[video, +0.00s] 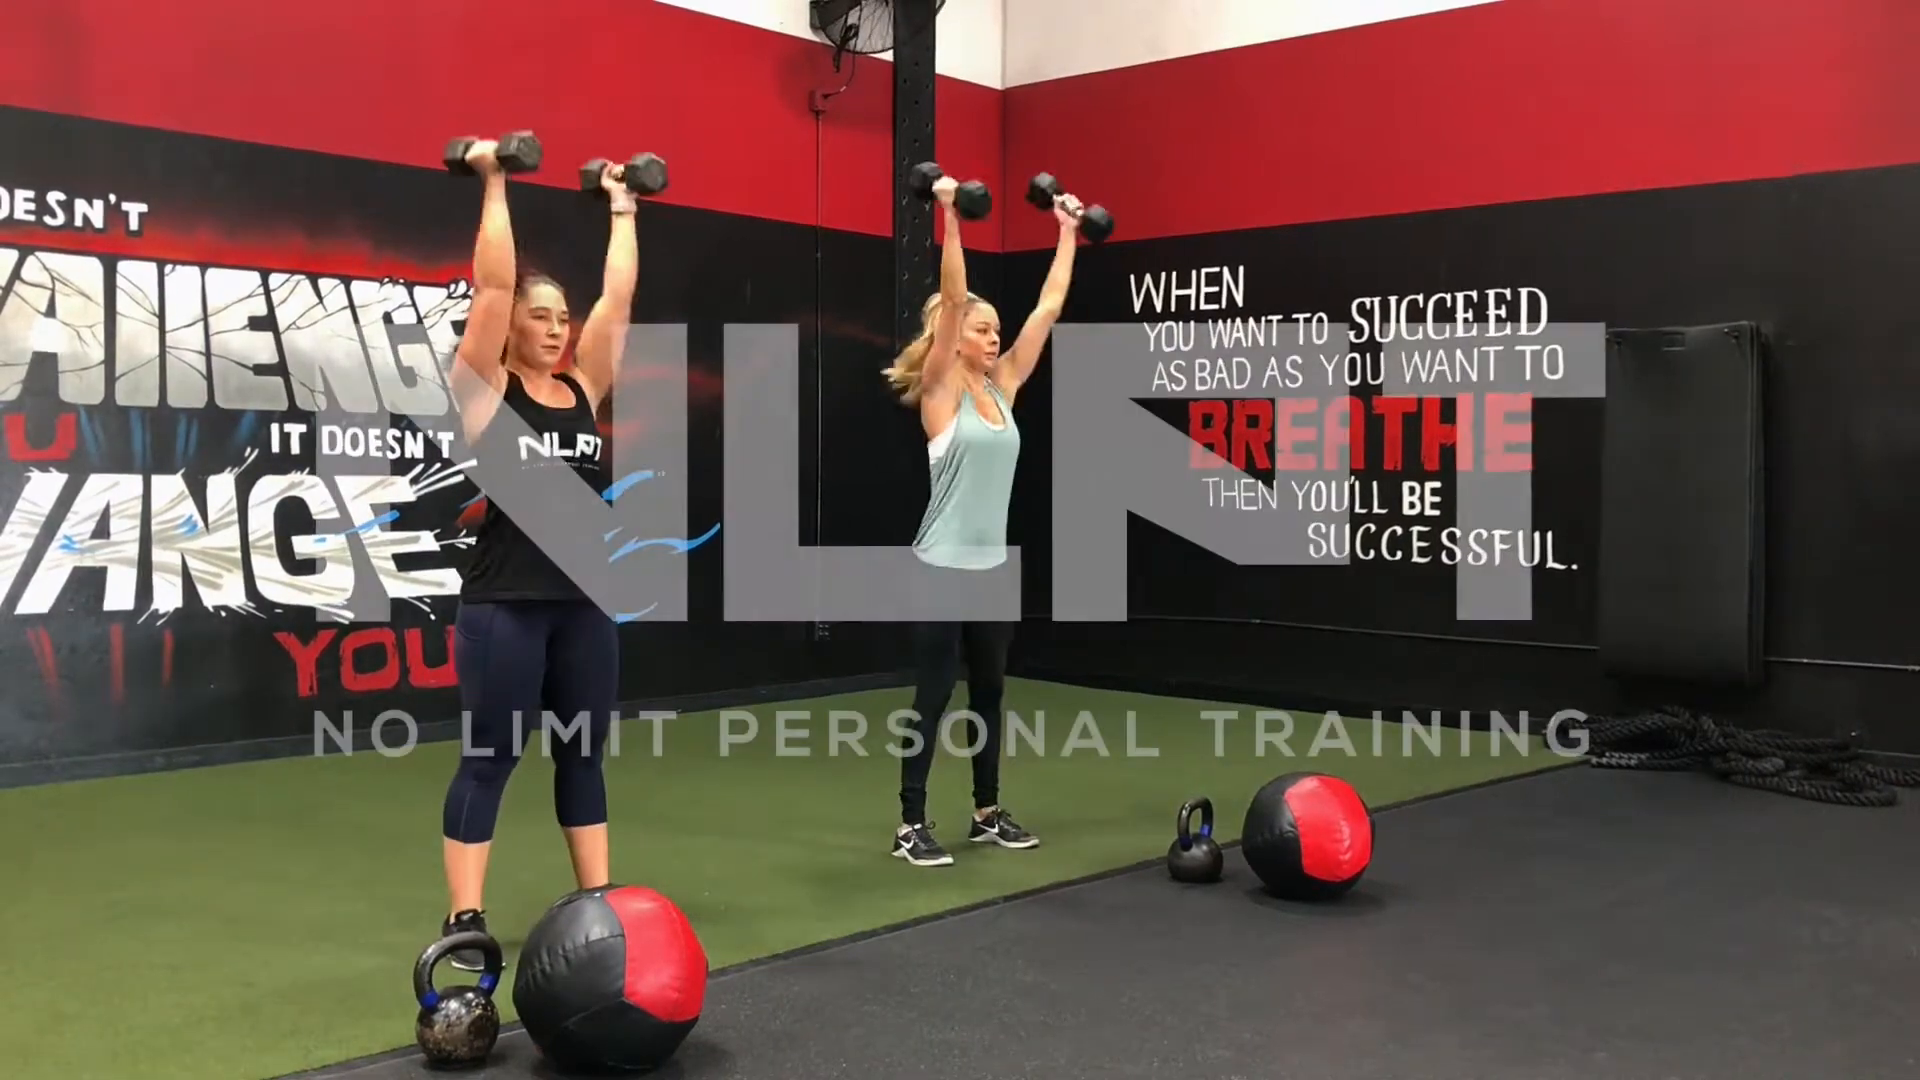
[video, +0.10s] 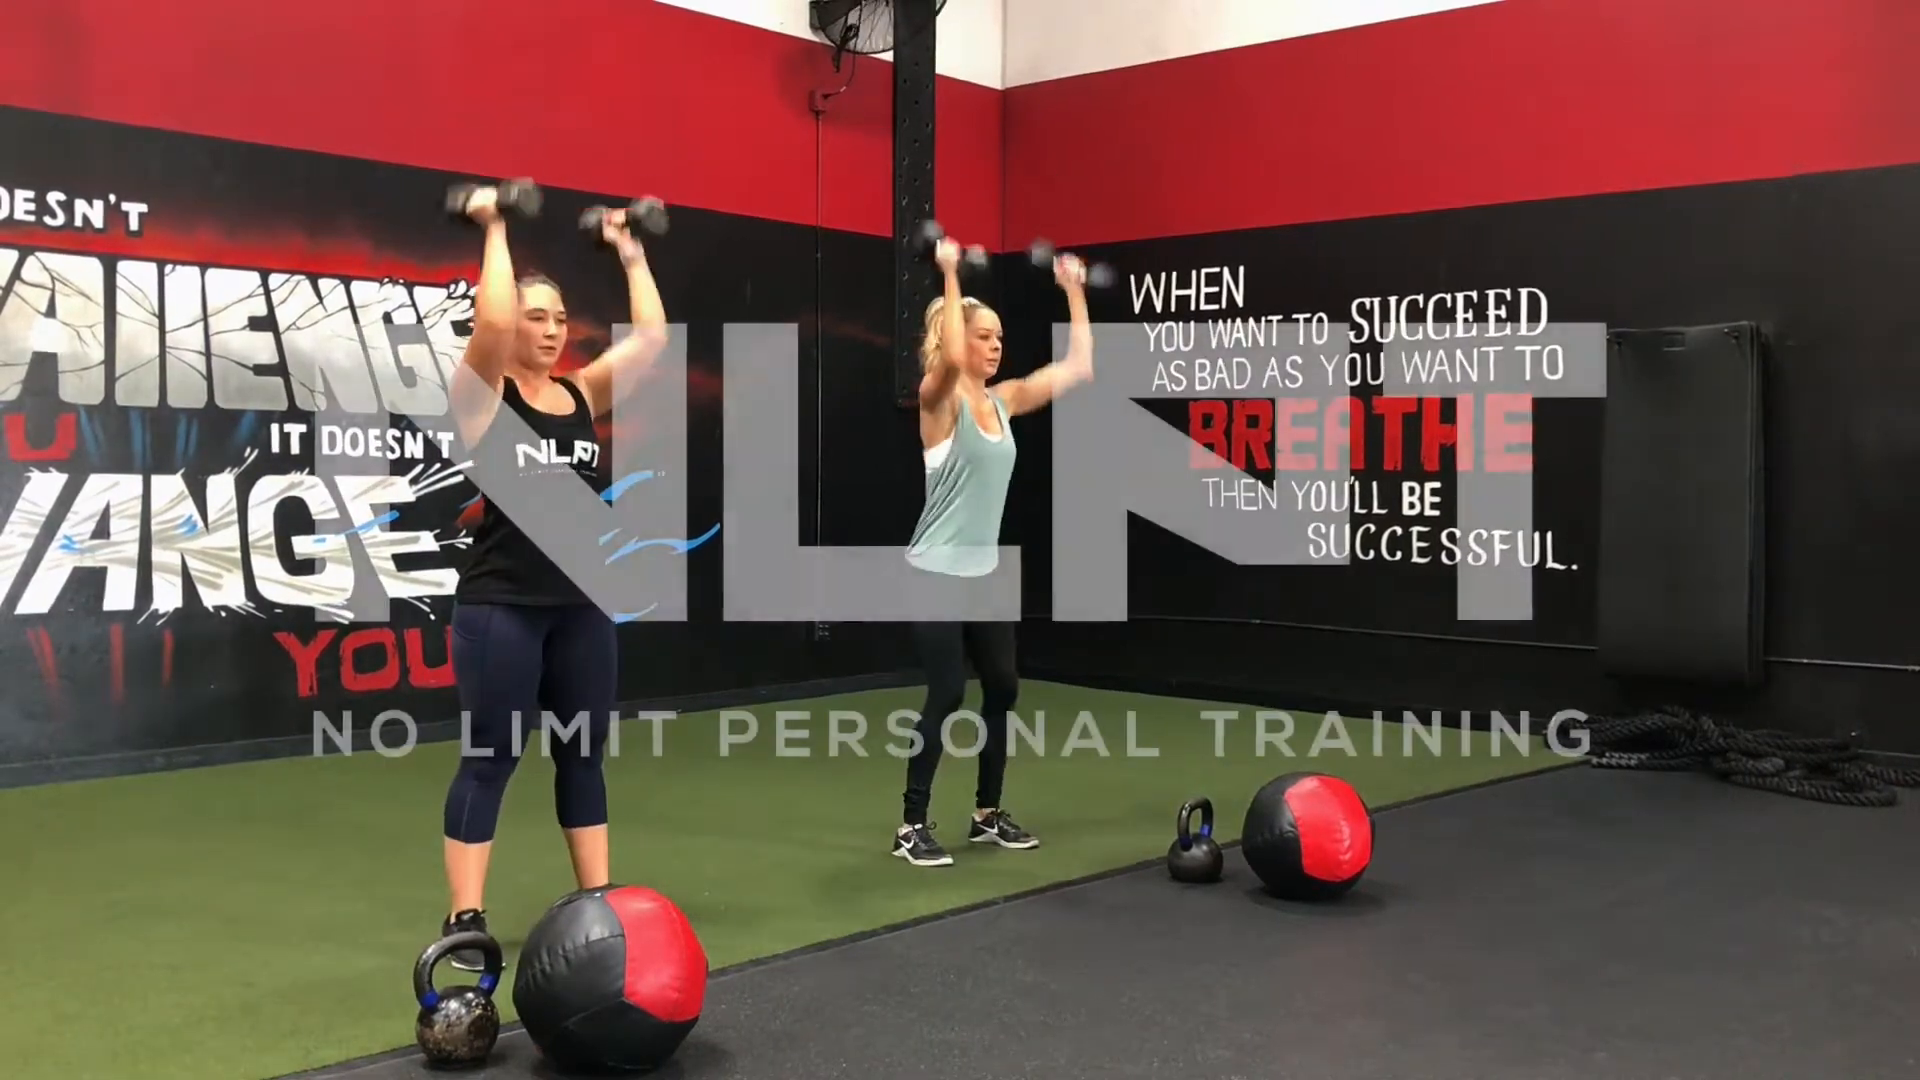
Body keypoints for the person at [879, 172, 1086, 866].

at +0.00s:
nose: (991, 336)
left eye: (994, 329)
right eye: (979, 327)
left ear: (998, 339)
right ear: (950, 332)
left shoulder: (1001, 387)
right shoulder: (943, 391)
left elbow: (1049, 307)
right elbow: (953, 299)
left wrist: (1068, 231)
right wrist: (947, 209)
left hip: (994, 571)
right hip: (938, 570)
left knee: (990, 693)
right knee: (933, 693)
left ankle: (987, 813)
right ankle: (913, 824)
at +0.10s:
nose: (996, 345)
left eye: (998, 337)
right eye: (984, 336)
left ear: (1000, 346)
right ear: (955, 343)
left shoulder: (1003, 398)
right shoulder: (942, 401)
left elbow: (1077, 367)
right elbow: (946, 355)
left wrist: (1075, 293)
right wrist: (950, 277)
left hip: (987, 575)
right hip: (934, 575)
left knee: (1002, 687)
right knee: (945, 691)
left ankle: (988, 814)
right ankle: (913, 826)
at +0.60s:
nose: (1012, 448)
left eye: (1013, 438)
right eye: (1001, 438)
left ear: (1010, 447)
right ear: (968, 448)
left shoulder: (1011, 512)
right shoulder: (942, 509)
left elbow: (1063, 575)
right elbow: (946, 589)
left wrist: (1056, 510)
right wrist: (943, 508)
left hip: (956, 643)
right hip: (902, 644)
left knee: (1034, 708)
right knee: (959, 722)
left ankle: (990, 814)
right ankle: (915, 829)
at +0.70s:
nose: (1000, 370)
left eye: (999, 360)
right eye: (990, 361)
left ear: (992, 369)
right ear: (965, 368)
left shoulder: (1000, 429)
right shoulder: (938, 426)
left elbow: (1073, 458)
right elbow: (944, 469)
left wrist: (1060, 395)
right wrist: (940, 391)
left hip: (976, 593)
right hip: (923, 594)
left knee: (1017, 695)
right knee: (952, 703)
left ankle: (989, 814)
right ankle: (913, 827)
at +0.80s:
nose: (991, 340)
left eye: (993, 331)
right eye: (980, 331)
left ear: (991, 340)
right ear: (948, 337)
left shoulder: (999, 394)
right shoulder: (937, 397)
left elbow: (1065, 348)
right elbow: (936, 334)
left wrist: (1057, 273)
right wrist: (939, 255)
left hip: (992, 568)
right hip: (938, 568)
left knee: (993, 692)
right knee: (933, 692)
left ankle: (988, 814)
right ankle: (913, 826)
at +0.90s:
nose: (988, 336)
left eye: (992, 329)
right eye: (975, 327)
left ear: (995, 337)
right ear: (949, 333)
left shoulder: (999, 384)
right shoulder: (942, 387)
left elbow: (1036, 299)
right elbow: (950, 294)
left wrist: (1047, 220)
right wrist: (940, 205)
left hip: (995, 567)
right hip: (943, 568)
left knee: (988, 692)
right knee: (933, 693)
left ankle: (987, 812)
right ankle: (913, 824)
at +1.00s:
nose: (992, 344)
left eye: (993, 335)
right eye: (980, 334)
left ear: (994, 341)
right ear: (950, 339)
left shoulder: (997, 390)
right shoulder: (940, 395)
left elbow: (1059, 332)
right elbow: (949, 329)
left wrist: (1050, 260)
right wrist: (941, 246)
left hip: (992, 570)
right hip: (938, 569)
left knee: (998, 691)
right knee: (944, 689)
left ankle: (988, 814)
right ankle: (914, 825)